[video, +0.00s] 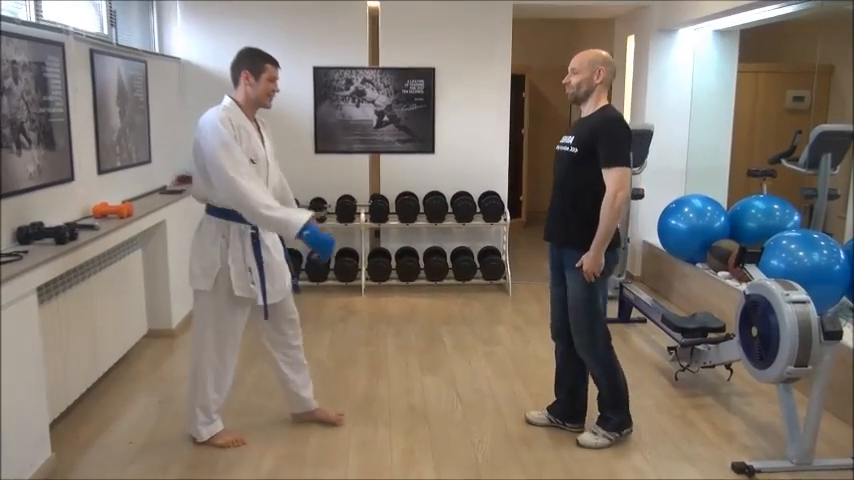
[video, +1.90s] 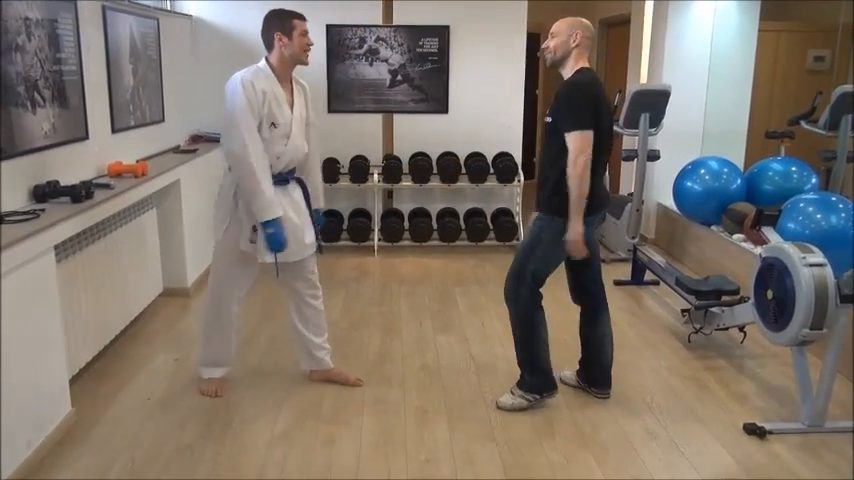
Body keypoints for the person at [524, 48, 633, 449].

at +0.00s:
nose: (566, 79)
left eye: (573, 72)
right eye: (567, 73)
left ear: (599, 75)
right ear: (592, 77)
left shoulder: (610, 123)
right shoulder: (582, 123)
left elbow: (618, 192)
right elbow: (576, 185)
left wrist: (597, 250)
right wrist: (560, 236)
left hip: (587, 248)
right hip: (562, 243)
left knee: (589, 337)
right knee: (565, 334)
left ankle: (616, 420)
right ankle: (567, 411)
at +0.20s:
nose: (550, 83)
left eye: (557, 76)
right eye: (550, 77)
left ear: (583, 75)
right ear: (576, 77)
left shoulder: (597, 120)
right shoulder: (569, 125)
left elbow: (606, 187)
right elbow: (554, 187)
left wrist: (584, 247)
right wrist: (529, 227)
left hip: (582, 247)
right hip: (560, 243)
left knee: (549, 323)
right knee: (572, 327)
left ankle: (591, 407)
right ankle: (567, 406)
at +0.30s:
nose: (542, 83)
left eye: (548, 76)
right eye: (542, 77)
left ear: (574, 76)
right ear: (569, 77)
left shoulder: (592, 120)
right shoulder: (562, 125)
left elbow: (598, 185)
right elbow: (537, 179)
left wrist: (570, 241)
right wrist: (494, 213)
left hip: (581, 244)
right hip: (564, 242)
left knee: (545, 327)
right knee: (572, 329)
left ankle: (561, 420)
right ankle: (573, 410)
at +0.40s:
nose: (533, 85)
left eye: (539, 77)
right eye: (533, 78)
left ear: (564, 77)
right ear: (557, 78)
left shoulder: (585, 119)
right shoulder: (552, 125)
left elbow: (572, 186)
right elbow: (516, 173)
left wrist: (520, 227)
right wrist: (467, 197)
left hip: (580, 243)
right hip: (563, 242)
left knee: (547, 333)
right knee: (571, 326)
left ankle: (537, 425)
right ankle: (573, 408)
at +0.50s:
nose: (521, 87)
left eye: (527, 80)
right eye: (521, 80)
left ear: (553, 81)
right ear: (548, 82)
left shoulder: (574, 123)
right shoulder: (544, 123)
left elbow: (531, 183)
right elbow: (504, 166)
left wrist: (470, 204)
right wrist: (456, 186)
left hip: (580, 243)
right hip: (563, 241)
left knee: (549, 334)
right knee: (569, 325)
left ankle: (535, 424)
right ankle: (573, 406)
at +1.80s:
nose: (542, 39)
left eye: (550, 32)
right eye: (545, 33)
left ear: (575, 37)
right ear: (574, 39)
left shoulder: (575, 86)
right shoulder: (581, 84)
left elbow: (557, 154)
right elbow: (545, 148)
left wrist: (518, 207)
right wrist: (501, 176)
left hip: (562, 212)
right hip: (580, 209)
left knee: (530, 295)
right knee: (583, 293)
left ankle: (540, 388)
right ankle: (594, 375)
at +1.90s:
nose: (544, 44)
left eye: (552, 36)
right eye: (546, 37)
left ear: (577, 40)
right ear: (575, 43)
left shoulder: (576, 88)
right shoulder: (588, 86)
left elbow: (580, 159)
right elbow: (595, 155)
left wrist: (576, 223)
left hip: (562, 212)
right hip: (580, 210)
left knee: (519, 287)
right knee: (591, 297)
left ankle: (536, 383)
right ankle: (596, 378)